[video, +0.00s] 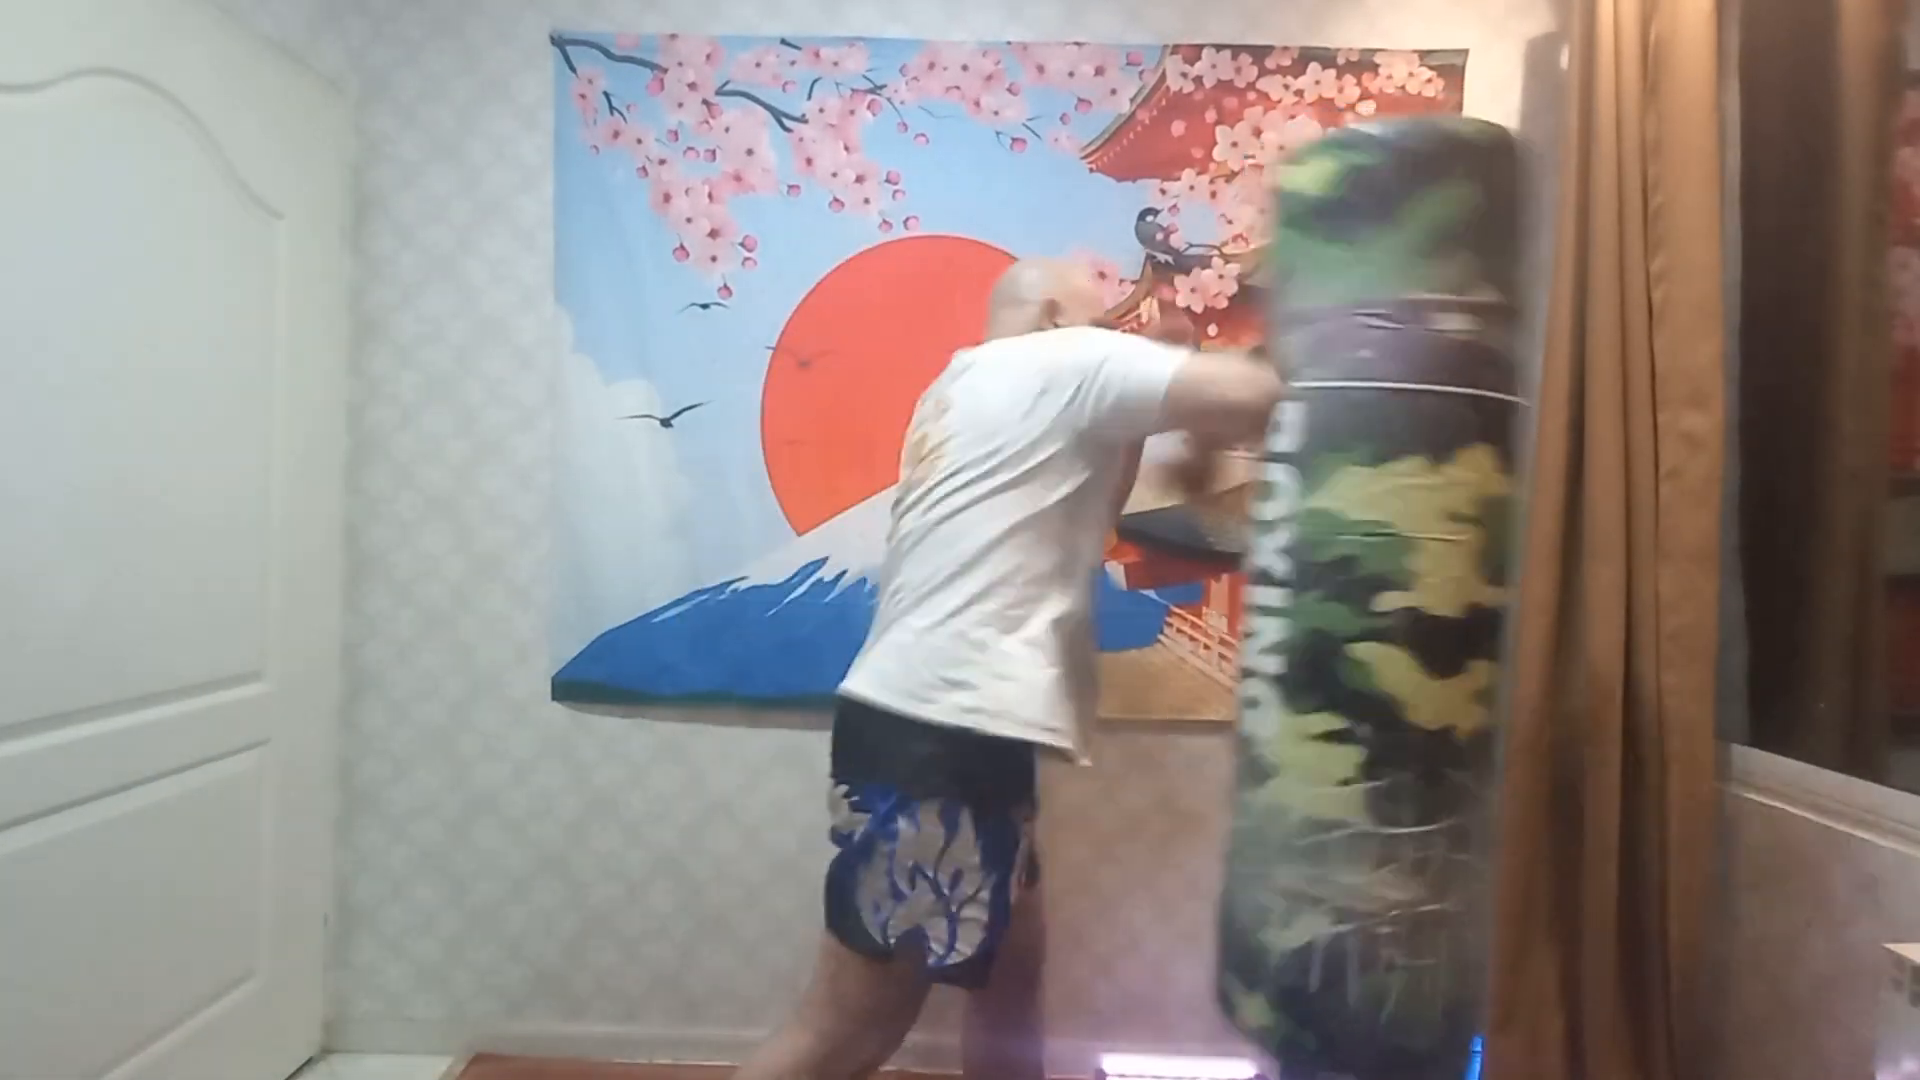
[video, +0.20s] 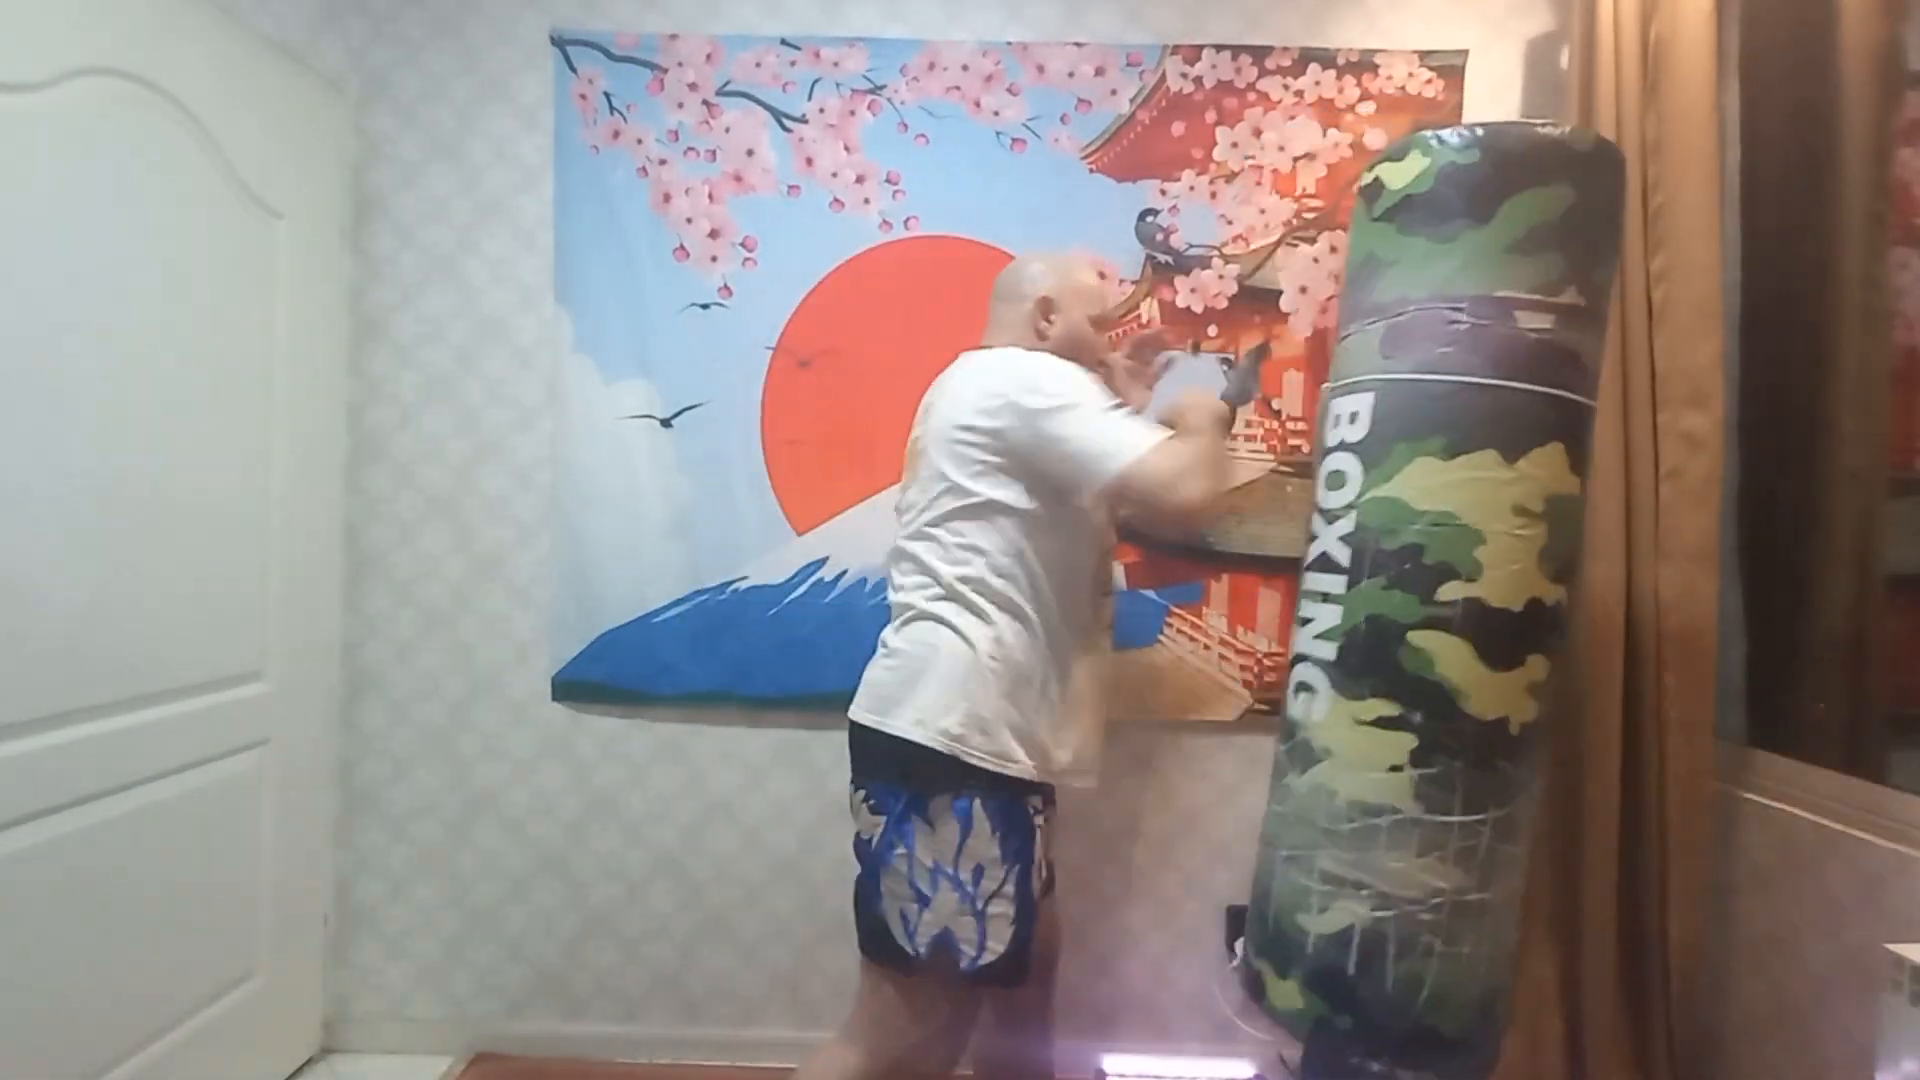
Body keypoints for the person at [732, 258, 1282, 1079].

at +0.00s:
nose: (1111, 305)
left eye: (1104, 292)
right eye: (1094, 292)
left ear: (1015, 316)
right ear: (1052, 307)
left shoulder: (952, 390)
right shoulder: (1072, 363)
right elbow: (1257, 388)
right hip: (941, 731)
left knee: (1008, 988)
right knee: (848, 1028)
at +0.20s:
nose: (1122, 324)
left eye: (1119, 308)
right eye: (1106, 307)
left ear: (1036, 322)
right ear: (1047, 317)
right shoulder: (1017, 382)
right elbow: (1182, 489)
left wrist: (1126, 400)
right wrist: (1198, 418)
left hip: (994, 742)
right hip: (945, 740)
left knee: (1022, 982)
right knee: (908, 1029)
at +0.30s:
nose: (1091, 338)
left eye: (1090, 320)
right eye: (1075, 319)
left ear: (1013, 321)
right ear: (1013, 317)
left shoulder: (998, 399)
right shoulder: (970, 389)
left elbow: (1060, 547)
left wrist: (1099, 426)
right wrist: (1121, 422)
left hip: (989, 744)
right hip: (939, 748)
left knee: (1031, 972)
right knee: (929, 1019)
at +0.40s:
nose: (1044, 364)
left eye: (1045, 342)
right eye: (1033, 340)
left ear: (967, 337)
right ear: (971, 334)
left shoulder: (951, 432)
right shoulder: (914, 426)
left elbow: (982, 601)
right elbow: (935, 614)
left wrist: (1056, 490)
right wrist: (1056, 479)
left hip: (989, 785)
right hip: (917, 793)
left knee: (1047, 985)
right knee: (917, 1048)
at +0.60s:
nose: (988, 349)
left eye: (987, 325)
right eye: (974, 323)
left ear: (906, 321)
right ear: (908, 319)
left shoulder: (874, 424)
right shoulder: (842, 427)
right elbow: (846, 644)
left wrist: (961, 539)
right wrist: (975, 548)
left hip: (865, 791)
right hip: (786, 800)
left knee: (916, 983)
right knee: (766, 1056)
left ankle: (926, 1070)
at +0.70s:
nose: (944, 341)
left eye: (944, 317)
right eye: (928, 316)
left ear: (862, 310)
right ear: (859, 308)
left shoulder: (832, 411)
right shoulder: (797, 413)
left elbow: (866, 541)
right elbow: (861, 615)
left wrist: (943, 486)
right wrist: (985, 498)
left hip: (815, 767)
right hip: (742, 787)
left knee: (861, 945)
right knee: (741, 1048)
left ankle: (818, 1069)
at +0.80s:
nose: (892, 339)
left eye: (892, 315)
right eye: (875, 312)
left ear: (809, 308)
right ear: (802, 304)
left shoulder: (784, 405)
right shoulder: (751, 403)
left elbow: (873, 570)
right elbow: (875, 581)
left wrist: (916, 449)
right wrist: (1032, 476)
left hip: (763, 769)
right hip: (713, 782)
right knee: (721, 1037)